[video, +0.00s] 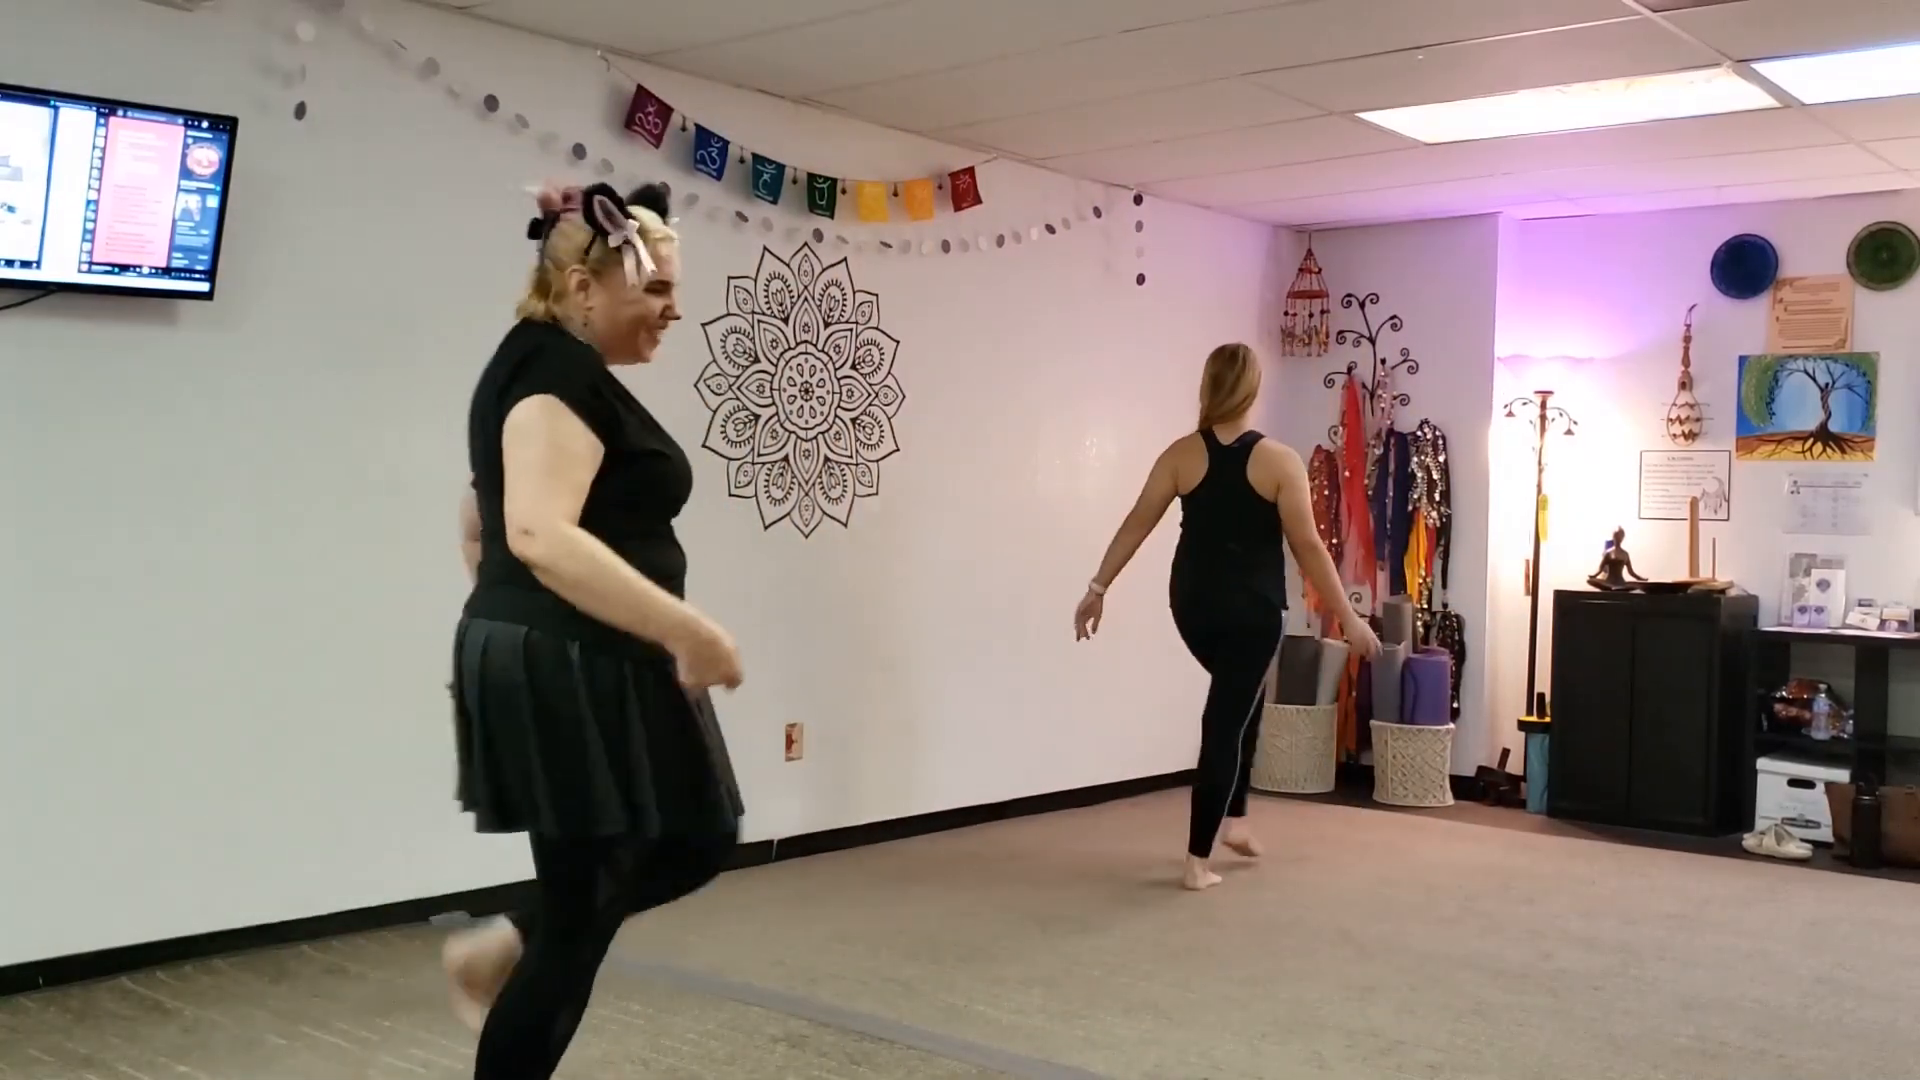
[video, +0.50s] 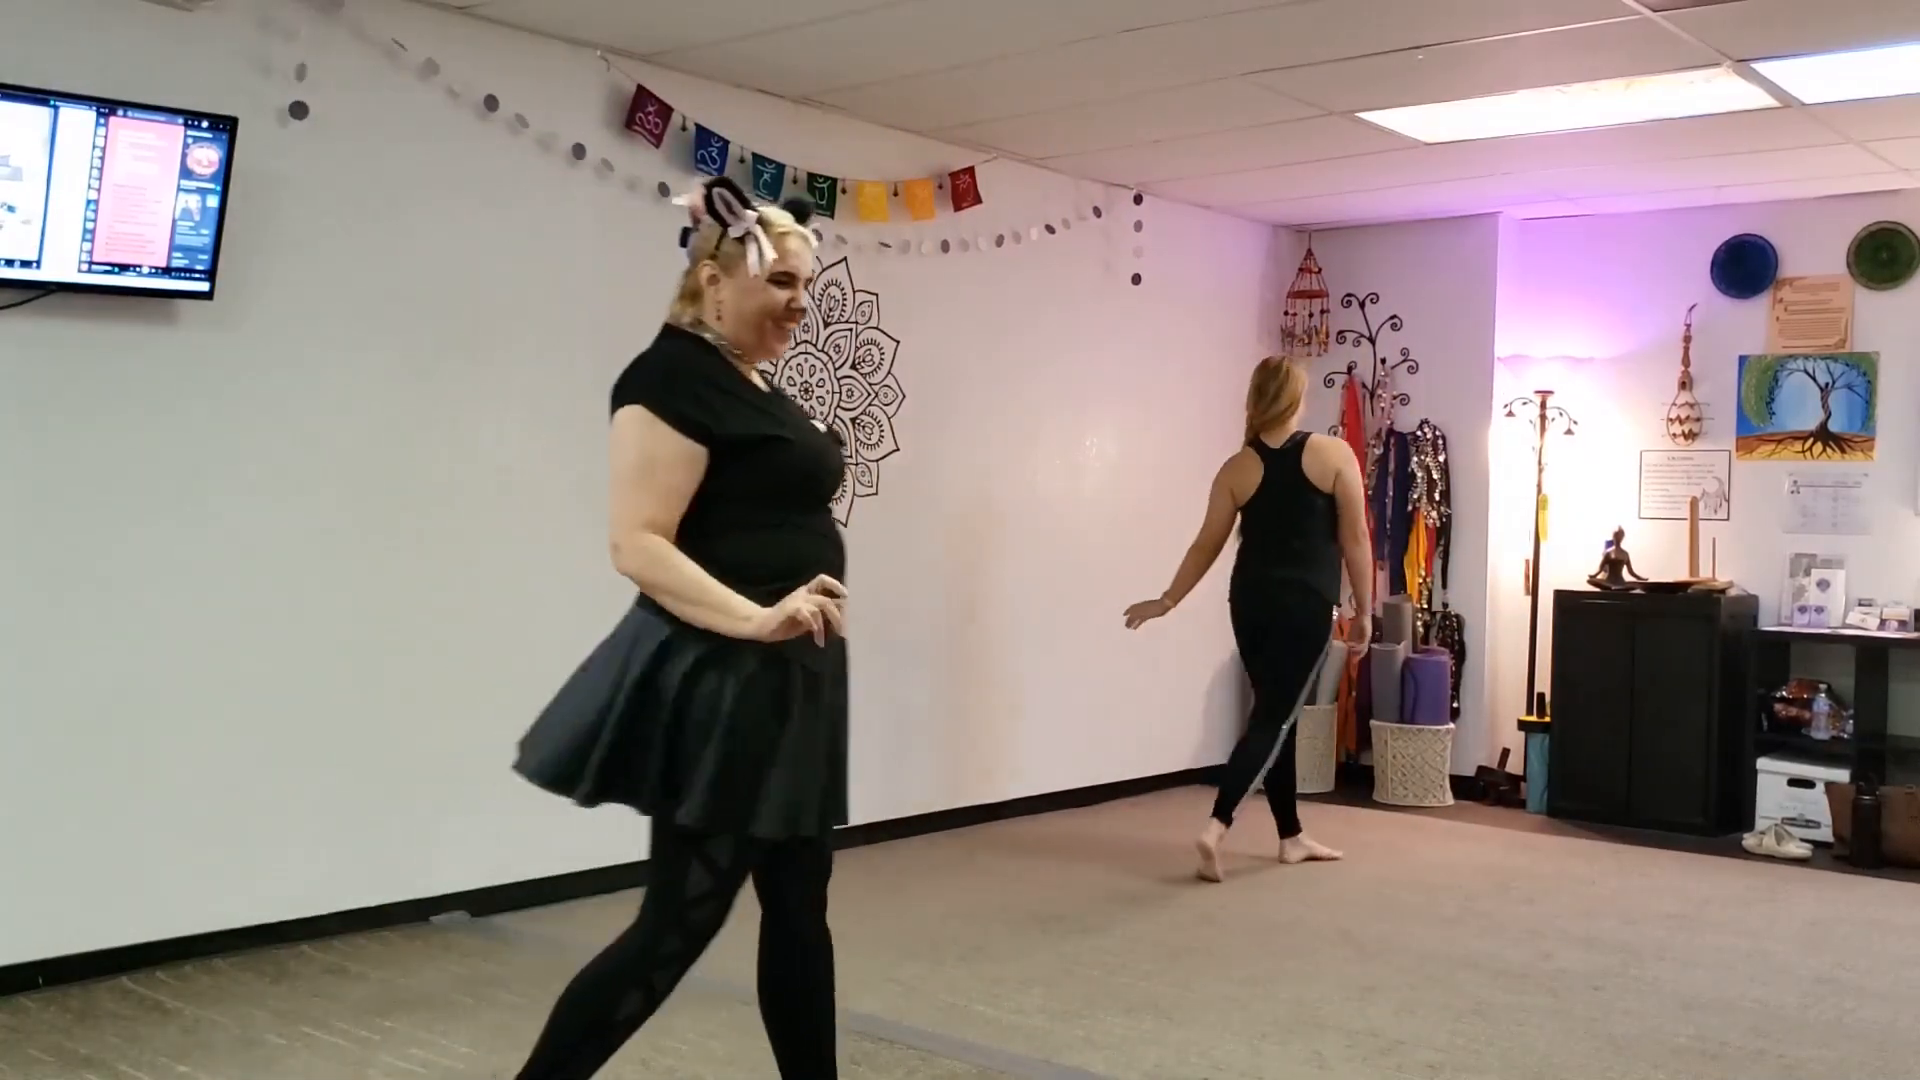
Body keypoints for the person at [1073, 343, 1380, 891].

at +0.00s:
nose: (1256, 391)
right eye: (1257, 384)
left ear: (1206, 389)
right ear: (1255, 392)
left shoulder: (1180, 455)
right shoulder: (1281, 462)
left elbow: (1138, 524)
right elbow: (1309, 549)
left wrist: (1098, 586)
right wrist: (1348, 617)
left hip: (1190, 606)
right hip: (1252, 611)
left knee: (1244, 696)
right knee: (1222, 726)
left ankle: (1234, 820)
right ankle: (1197, 860)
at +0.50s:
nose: (1307, 402)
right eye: (1304, 395)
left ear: (1255, 401)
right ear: (1300, 401)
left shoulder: (1237, 468)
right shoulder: (1334, 455)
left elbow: (1207, 545)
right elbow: (1354, 540)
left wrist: (1167, 600)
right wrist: (1363, 608)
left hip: (1249, 601)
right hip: (1307, 603)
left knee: (1277, 713)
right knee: (1272, 716)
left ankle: (1291, 834)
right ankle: (1217, 824)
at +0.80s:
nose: (1345, 407)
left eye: (1345, 399)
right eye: (1343, 399)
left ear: (1296, 402)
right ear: (1328, 401)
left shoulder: (1277, 464)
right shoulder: (1337, 444)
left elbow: (1274, 542)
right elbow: (1355, 523)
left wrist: (1280, 588)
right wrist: (1389, 591)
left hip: (1281, 596)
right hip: (1326, 596)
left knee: (1306, 708)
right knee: (1376, 704)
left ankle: (1297, 836)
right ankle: (1283, 772)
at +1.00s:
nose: (1373, 399)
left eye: (1372, 391)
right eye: (1366, 391)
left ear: (1335, 397)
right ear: (1339, 396)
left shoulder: (1332, 446)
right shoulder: (1325, 445)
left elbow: (1336, 526)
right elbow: (1325, 523)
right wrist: (1375, 584)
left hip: (1312, 593)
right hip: (1329, 594)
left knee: (1315, 710)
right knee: (1409, 688)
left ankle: (1296, 834)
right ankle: (1362, 802)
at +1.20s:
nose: (1397, 399)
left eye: (1397, 391)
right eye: (1388, 390)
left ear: (1378, 399)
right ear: (1357, 397)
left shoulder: (1378, 458)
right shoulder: (1341, 451)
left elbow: (1396, 547)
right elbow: (1311, 524)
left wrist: (1435, 597)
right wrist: (1339, 593)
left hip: (1355, 596)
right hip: (1352, 597)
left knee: (1321, 713)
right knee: (1402, 713)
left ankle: (1295, 831)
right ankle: (1457, 818)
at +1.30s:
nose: (1410, 400)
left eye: (1410, 393)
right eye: (1400, 393)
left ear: (1400, 403)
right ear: (1371, 401)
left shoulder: (1398, 461)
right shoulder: (1356, 456)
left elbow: (1420, 547)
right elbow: (1317, 526)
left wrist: (1454, 602)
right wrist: (1325, 598)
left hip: (1371, 606)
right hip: (1370, 608)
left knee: (1328, 716)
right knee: (1410, 718)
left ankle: (1294, 828)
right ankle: (1456, 828)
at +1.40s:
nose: (1427, 403)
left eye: (1427, 395)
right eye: (1417, 396)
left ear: (1408, 406)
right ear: (1388, 405)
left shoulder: (1421, 465)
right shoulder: (1374, 462)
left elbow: (1439, 553)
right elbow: (1334, 533)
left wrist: (1474, 610)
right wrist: (1321, 605)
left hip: (1392, 608)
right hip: (1387, 609)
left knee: (1342, 717)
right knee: (1421, 720)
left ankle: (1296, 826)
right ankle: (1450, 837)